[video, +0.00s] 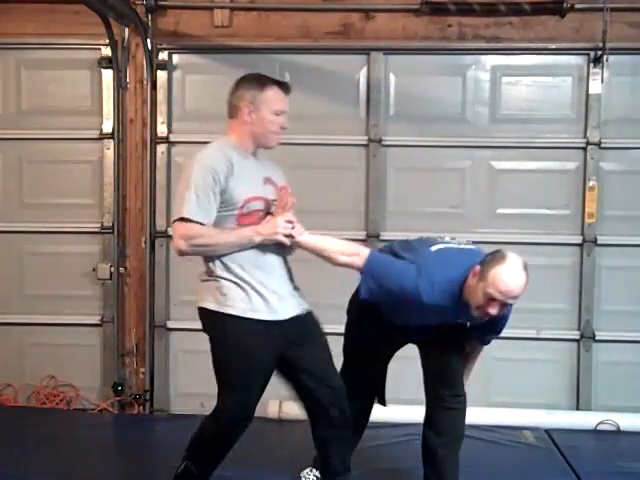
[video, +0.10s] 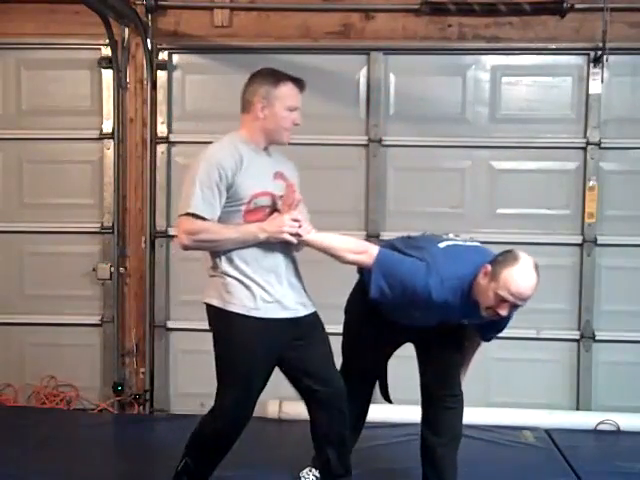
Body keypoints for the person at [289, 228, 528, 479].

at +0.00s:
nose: (493, 311)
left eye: (503, 305)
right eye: (490, 299)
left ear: (513, 298)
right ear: (474, 276)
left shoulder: (499, 309)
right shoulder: (420, 286)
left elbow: (473, 347)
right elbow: (356, 256)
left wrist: (454, 389)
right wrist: (300, 237)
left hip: (442, 320)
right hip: (381, 308)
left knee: (448, 402)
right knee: (357, 392)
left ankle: (442, 475)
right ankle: (325, 469)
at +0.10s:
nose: (504, 312)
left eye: (514, 306)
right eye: (501, 299)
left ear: (523, 299)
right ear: (485, 275)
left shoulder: (502, 306)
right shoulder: (427, 283)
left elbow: (473, 340)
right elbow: (363, 253)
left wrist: (453, 381)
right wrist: (307, 235)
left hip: (441, 319)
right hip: (380, 305)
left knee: (445, 400)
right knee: (355, 385)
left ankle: (441, 474)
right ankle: (325, 466)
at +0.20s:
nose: (508, 314)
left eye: (519, 308)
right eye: (507, 301)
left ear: (528, 302)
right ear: (491, 278)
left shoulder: (502, 303)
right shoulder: (430, 283)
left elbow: (470, 338)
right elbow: (369, 253)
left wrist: (449, 380)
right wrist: (313, 236)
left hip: (440, 318)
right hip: (380, 302)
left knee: (441, 401)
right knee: (354, 384)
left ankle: (440, 475)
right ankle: (324, 466)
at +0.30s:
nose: (510, 316)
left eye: (520, 312)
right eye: (509, 304)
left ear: (529, 306)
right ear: (494, 280)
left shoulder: (502, 304)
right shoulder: (435, 285)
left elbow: (466, 334)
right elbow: (372, 254)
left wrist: (444, 376)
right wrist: (315, 237)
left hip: (438, 315)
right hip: (379, 296)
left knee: (438, 399)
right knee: (352, 386)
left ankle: (439, 476)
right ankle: (324, 465)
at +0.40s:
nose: (509, 318)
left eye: (519, 315)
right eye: (507, 307)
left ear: (528, 309)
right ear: (493, 281)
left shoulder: (501, 305)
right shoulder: (436, 286)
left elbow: (464, 332)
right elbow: (373, 254)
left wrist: (442, 373)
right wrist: (317, 236)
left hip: (436, 317)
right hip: (378, 296)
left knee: (438, 402)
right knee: (350, 388)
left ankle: (439, 474)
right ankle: (323, 465)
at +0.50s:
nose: (506, 319)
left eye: (516, 316)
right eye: (505, 308)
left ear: (526, 309)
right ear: (491, 282)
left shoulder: (500, 303)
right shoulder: (435, 286)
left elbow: (469, 325)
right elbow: (372, 253)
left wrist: (457, 336)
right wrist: (316, 236)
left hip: (435, 316)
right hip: (377, 294)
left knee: (437, 403)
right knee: (350, 386)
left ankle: (438, 474)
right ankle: (323, 465)